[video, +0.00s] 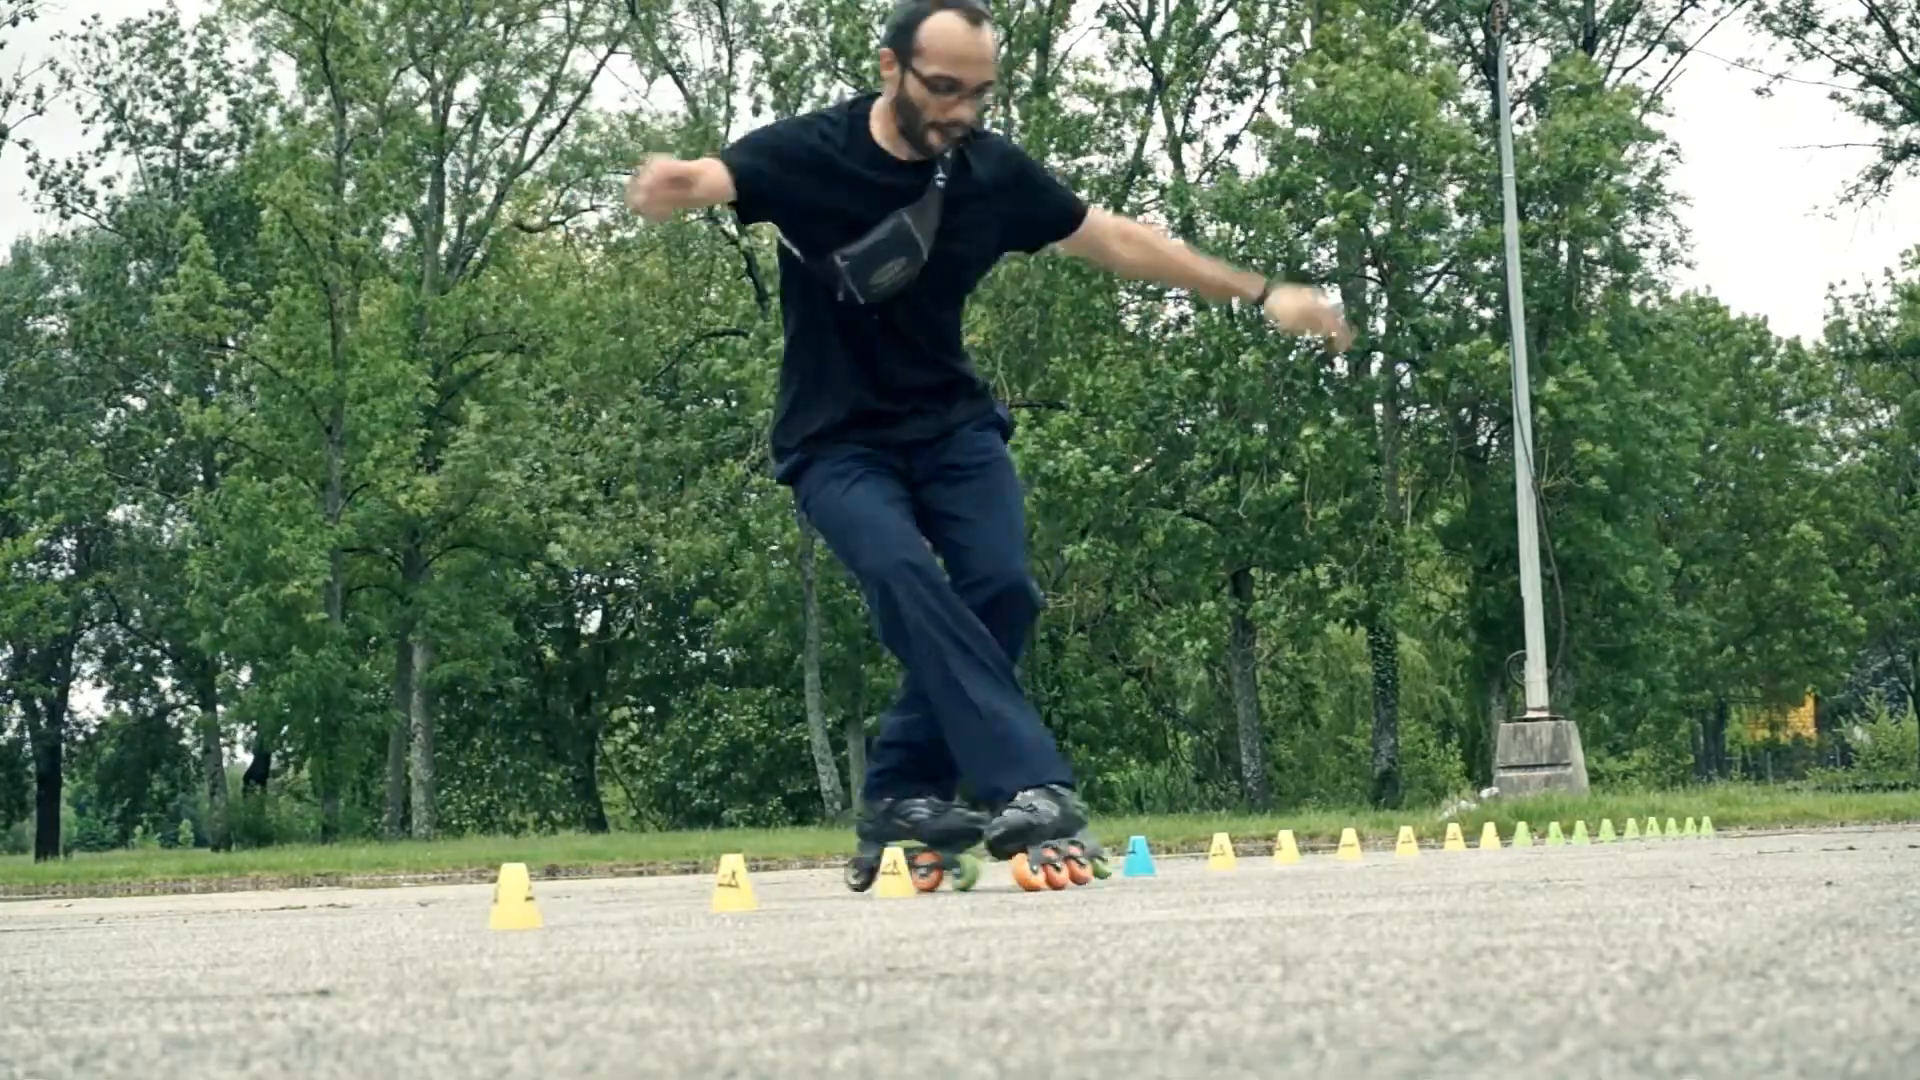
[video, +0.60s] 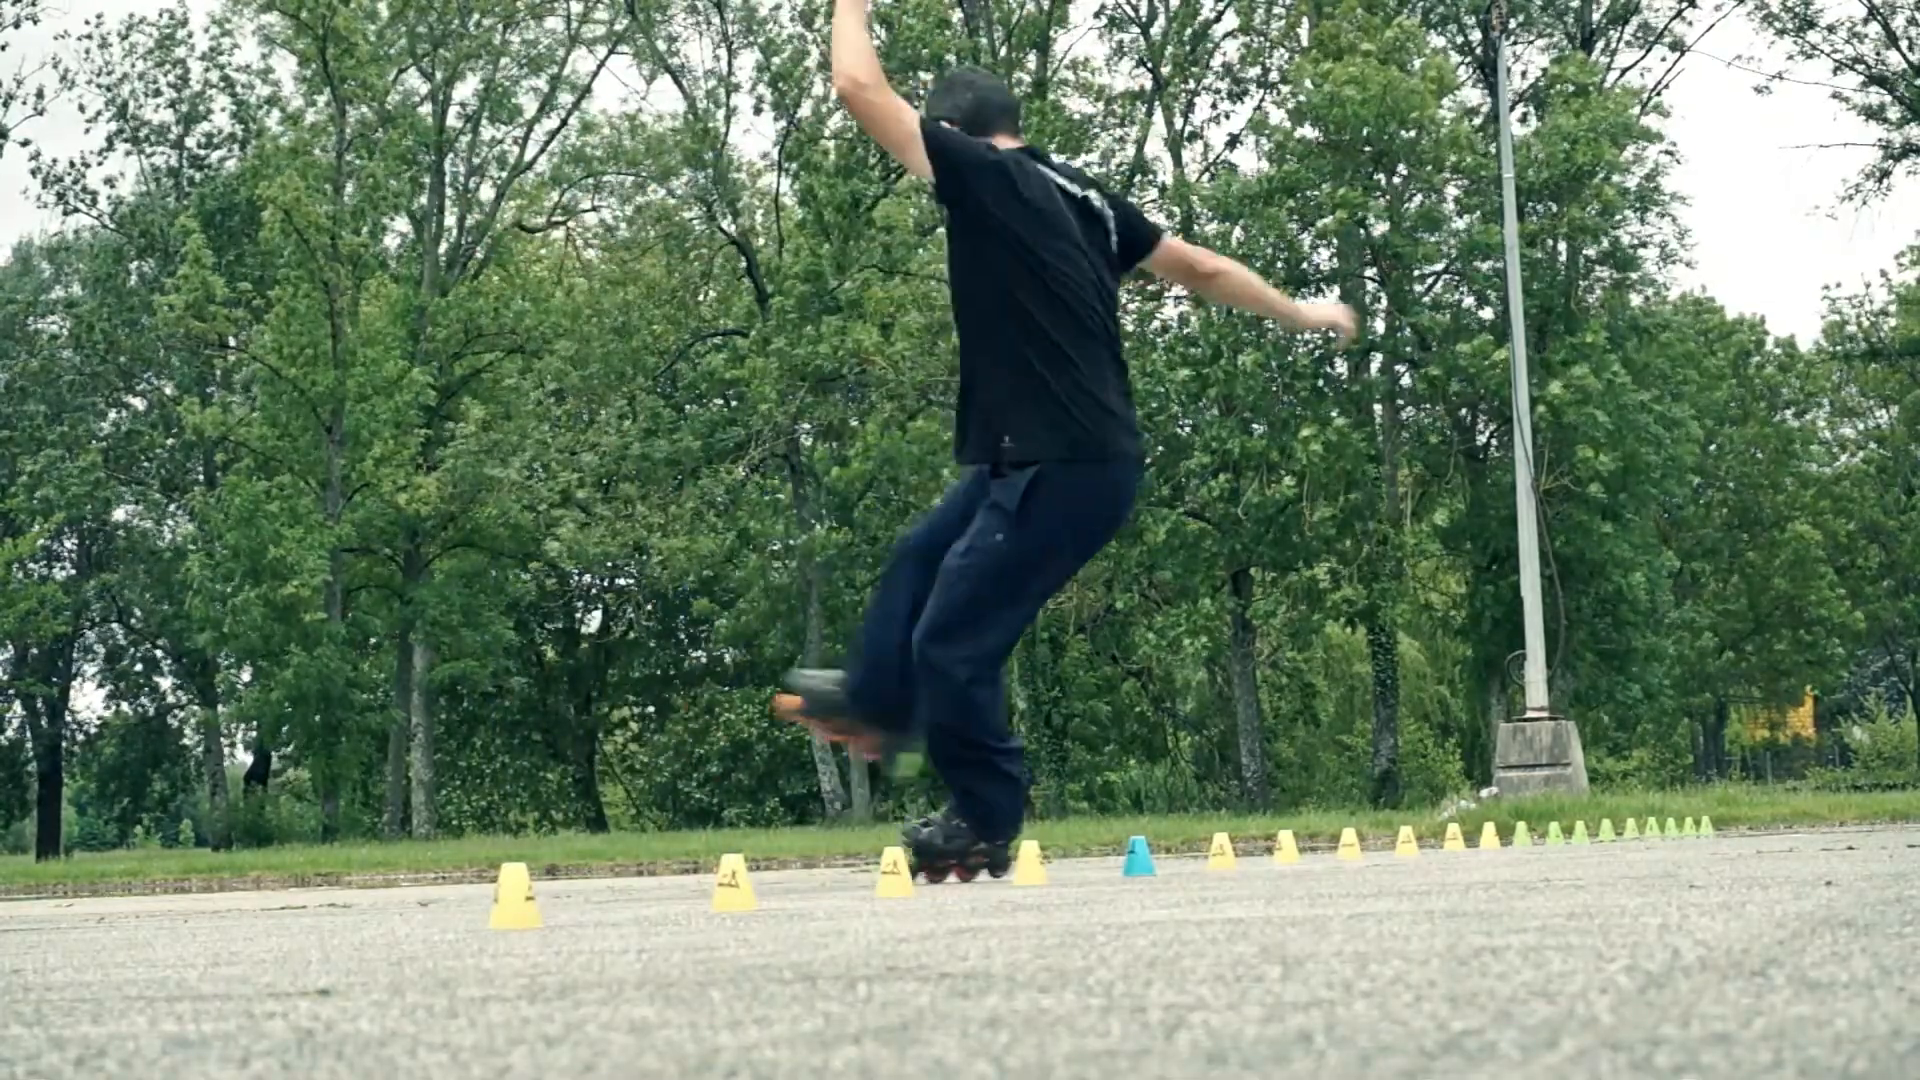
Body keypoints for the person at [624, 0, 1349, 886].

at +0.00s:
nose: (961, 110)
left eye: (978, 93)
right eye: (942, 88)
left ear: (992, 84)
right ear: (889, 71)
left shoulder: (996, 174)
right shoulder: (810, 152)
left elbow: (1118, 242)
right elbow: (709, 181)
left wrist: (1263, 293)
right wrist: (665, 187)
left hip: (951, 423)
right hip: (834, 434)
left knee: (1003, 586)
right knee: (902, 576)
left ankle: (904, 794)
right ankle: (1026, 788)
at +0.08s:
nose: (893, 123)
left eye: (914, 104)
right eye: (876, 100)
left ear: (943, 90)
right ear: (848, 83)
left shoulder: (996, 161)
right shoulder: (798, 162)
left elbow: (1131, 168)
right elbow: (662, 196)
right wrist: (562, 210)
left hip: (964, 431)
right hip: (846, 434)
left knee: (962, 608)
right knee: (870, 567)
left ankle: (850, 807)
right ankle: (969, 776)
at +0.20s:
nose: (833, 130)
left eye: (849, 109)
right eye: (820, 112)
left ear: (903, 93)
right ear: (811, 108)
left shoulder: (974, 156)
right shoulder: (808, 185)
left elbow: (1031, 85)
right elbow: (691, 221)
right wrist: (557, 238)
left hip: (986, 440)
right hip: (877, 434)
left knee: (908, 623)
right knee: (828, 525)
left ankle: (836, 805)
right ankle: (835, 730)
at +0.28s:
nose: (818, 137)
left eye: (829, 115)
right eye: (807, 122)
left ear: (889, 96)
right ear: (810, 122)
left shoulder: (963, 160)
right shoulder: (840, 200)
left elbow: (955, 71)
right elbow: (758, 228)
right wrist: (641, 247)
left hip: (994, 447)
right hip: (898, 437)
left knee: (890, 628)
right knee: (801, 522)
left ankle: (837, 808)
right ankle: (736, 709)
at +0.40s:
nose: (831, 152)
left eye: (834, 129)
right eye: (821, 137)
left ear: (881, 107)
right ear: (866, 127)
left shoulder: (962, 167)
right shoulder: (910, 209)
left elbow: (886, 61)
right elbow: (926, 278)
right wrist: (885, 278)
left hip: (1016, 456)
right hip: (937, 441)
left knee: (891, 636)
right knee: (787, 521)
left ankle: (875, 818)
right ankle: (651, 691)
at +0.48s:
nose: (852, 151)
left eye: (860, 132)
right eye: (849, 138)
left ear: (906, 117)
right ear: (900, 136)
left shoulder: (973, 167)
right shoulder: (976, 196)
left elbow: (866, 66)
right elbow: (1066, 261)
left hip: (1034, 460)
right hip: (958, 450)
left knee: (907, 640)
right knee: (811, 535)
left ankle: (910, 817)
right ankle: (678, 696)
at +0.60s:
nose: (926, 158)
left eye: (930, 144)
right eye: (926, 145)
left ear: (955, 136)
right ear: (1015, 127)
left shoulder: (982, 172)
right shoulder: (1092, 203)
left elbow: (856, 83)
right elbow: (1198, 266)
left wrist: (850, 5)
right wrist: (1296, 310)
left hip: (1063, 468)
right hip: (1026, 462)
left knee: (950, 638)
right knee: (917, 560)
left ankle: (987, 816)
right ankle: (874, 705)